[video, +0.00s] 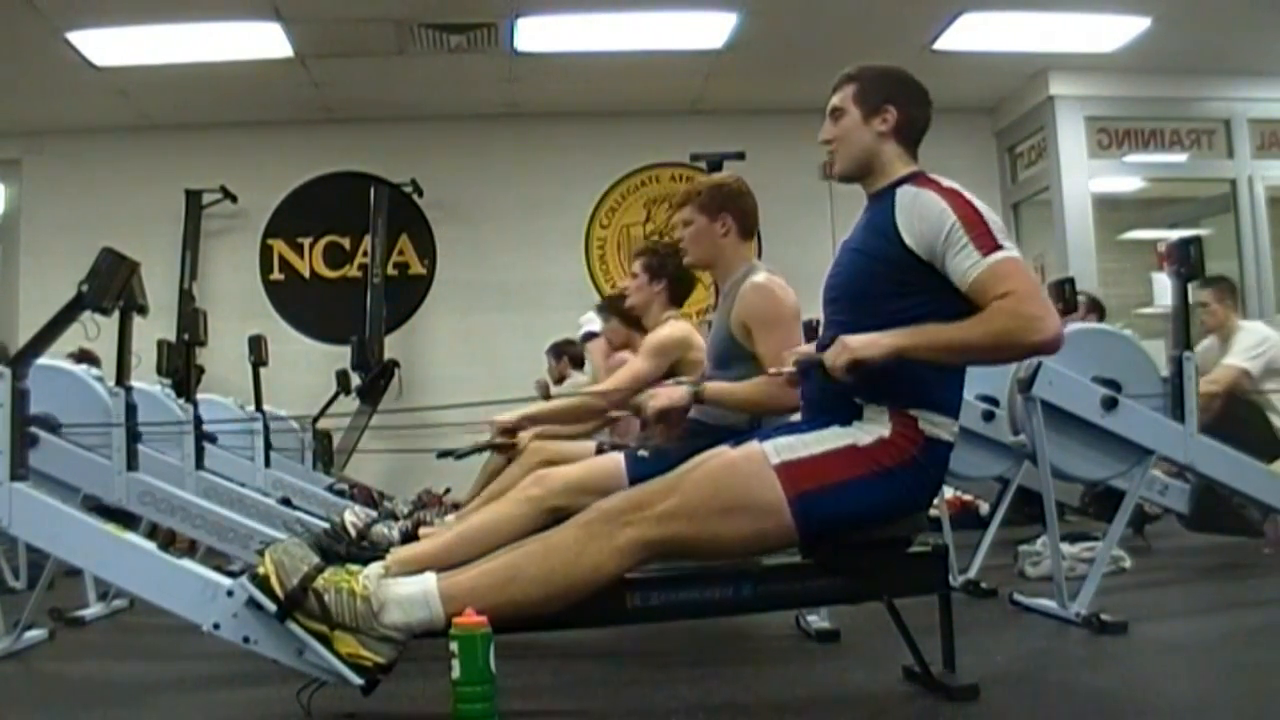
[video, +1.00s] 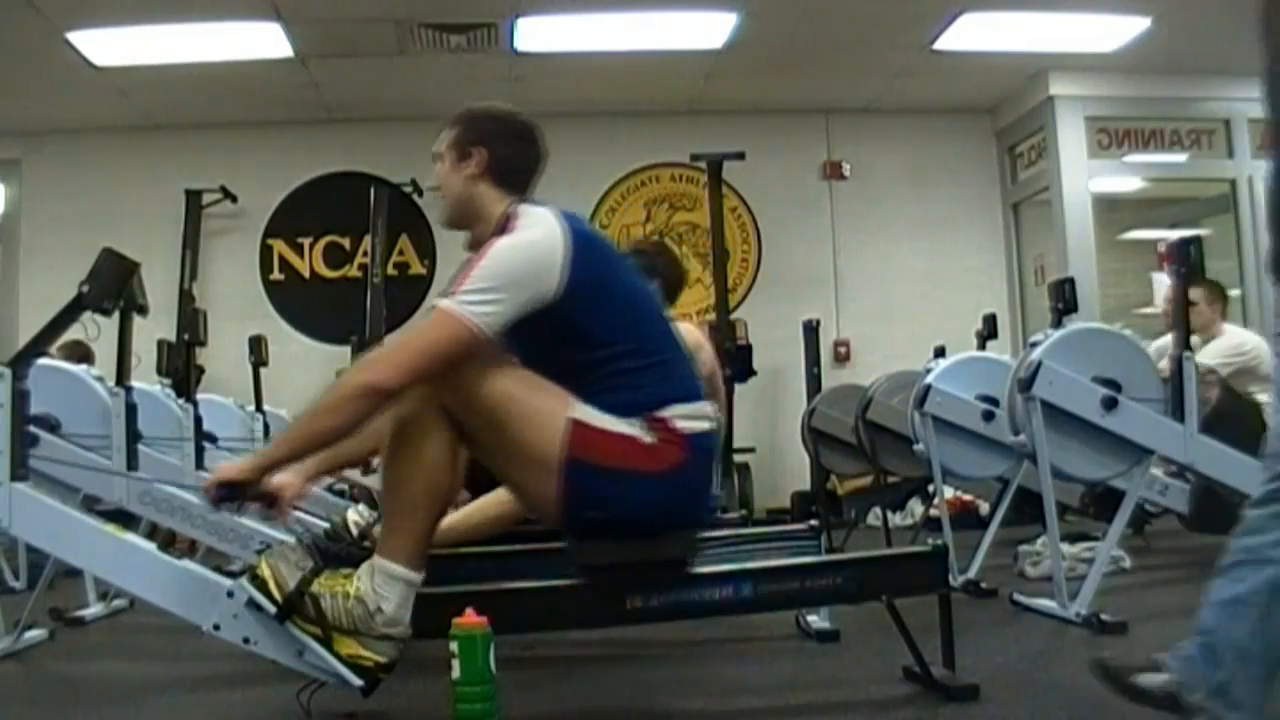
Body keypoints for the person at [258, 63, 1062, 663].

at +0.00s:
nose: (822, 135)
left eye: (834, 118)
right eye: (825, 120)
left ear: (883, 122)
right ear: (872, 126)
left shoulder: (926, 196)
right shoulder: (880, 222)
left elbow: (1032, 321)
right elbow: (823, 374)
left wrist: (880, 344)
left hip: (889, 443)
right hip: (847, 432)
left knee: (644, 521)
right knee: (628, 510)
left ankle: (399, 609)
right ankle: (399, 600)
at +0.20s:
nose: (796, 136)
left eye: (808, 118)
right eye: (798, 122)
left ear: (853, 120)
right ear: (851, 127)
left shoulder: (902, 205)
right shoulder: (857, 221)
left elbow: (949, 366)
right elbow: (845, 369)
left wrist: (791, 377)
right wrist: (739, 397)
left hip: (885, 442)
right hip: (839, 434)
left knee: (638, 517)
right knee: (606, 501)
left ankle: (398, 611)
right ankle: (394, 597)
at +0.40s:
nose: (736, 145)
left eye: (747, 126)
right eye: (738, 130)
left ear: (793, 125)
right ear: (790, 130)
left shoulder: (843, 204)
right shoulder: (805, 221)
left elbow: (797, 373)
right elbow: (765, 369)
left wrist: (638, 407)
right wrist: (644, 399)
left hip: (871, 444)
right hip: (823, 437)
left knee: (618, 484)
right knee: (601, 469)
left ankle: (398, 613)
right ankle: (389, 589)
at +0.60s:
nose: (637, 157)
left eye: (648, 138)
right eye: (641, 142)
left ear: (694, 138)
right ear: (697, 142)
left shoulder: (750, 215)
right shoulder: (713, 233)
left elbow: (638, 369)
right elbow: (649, 377)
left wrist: (488, 437)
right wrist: (499, 440)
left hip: (827, 449)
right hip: (774, 445)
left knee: (571, 442)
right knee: (552, 458)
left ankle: (395, 609)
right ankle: (385, 588)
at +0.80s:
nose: (530, 173)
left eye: (538, 154)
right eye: (531, 156)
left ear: (580, 154)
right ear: (589, 159)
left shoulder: (640, 230)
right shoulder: (627, 237)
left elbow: (507, 374)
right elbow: (522, 383)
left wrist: (372, 451)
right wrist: (399, 455)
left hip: (748, 457)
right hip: (719, 452)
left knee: (513, 400)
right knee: (504, 411)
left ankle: (390, 603)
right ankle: (390, 589)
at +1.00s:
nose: (431, 177)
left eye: (440, 160)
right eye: (434, 161)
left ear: (476, 164)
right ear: (486, 168)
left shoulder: (533, 242)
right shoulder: (502, 252)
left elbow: (385, 378)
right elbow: (408, 391)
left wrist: (261, 460)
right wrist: (306, 471)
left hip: (655, 464)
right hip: (629, 457)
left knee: (440, 378)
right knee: (438, 374)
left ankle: (385, 600)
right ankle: (384, 581)